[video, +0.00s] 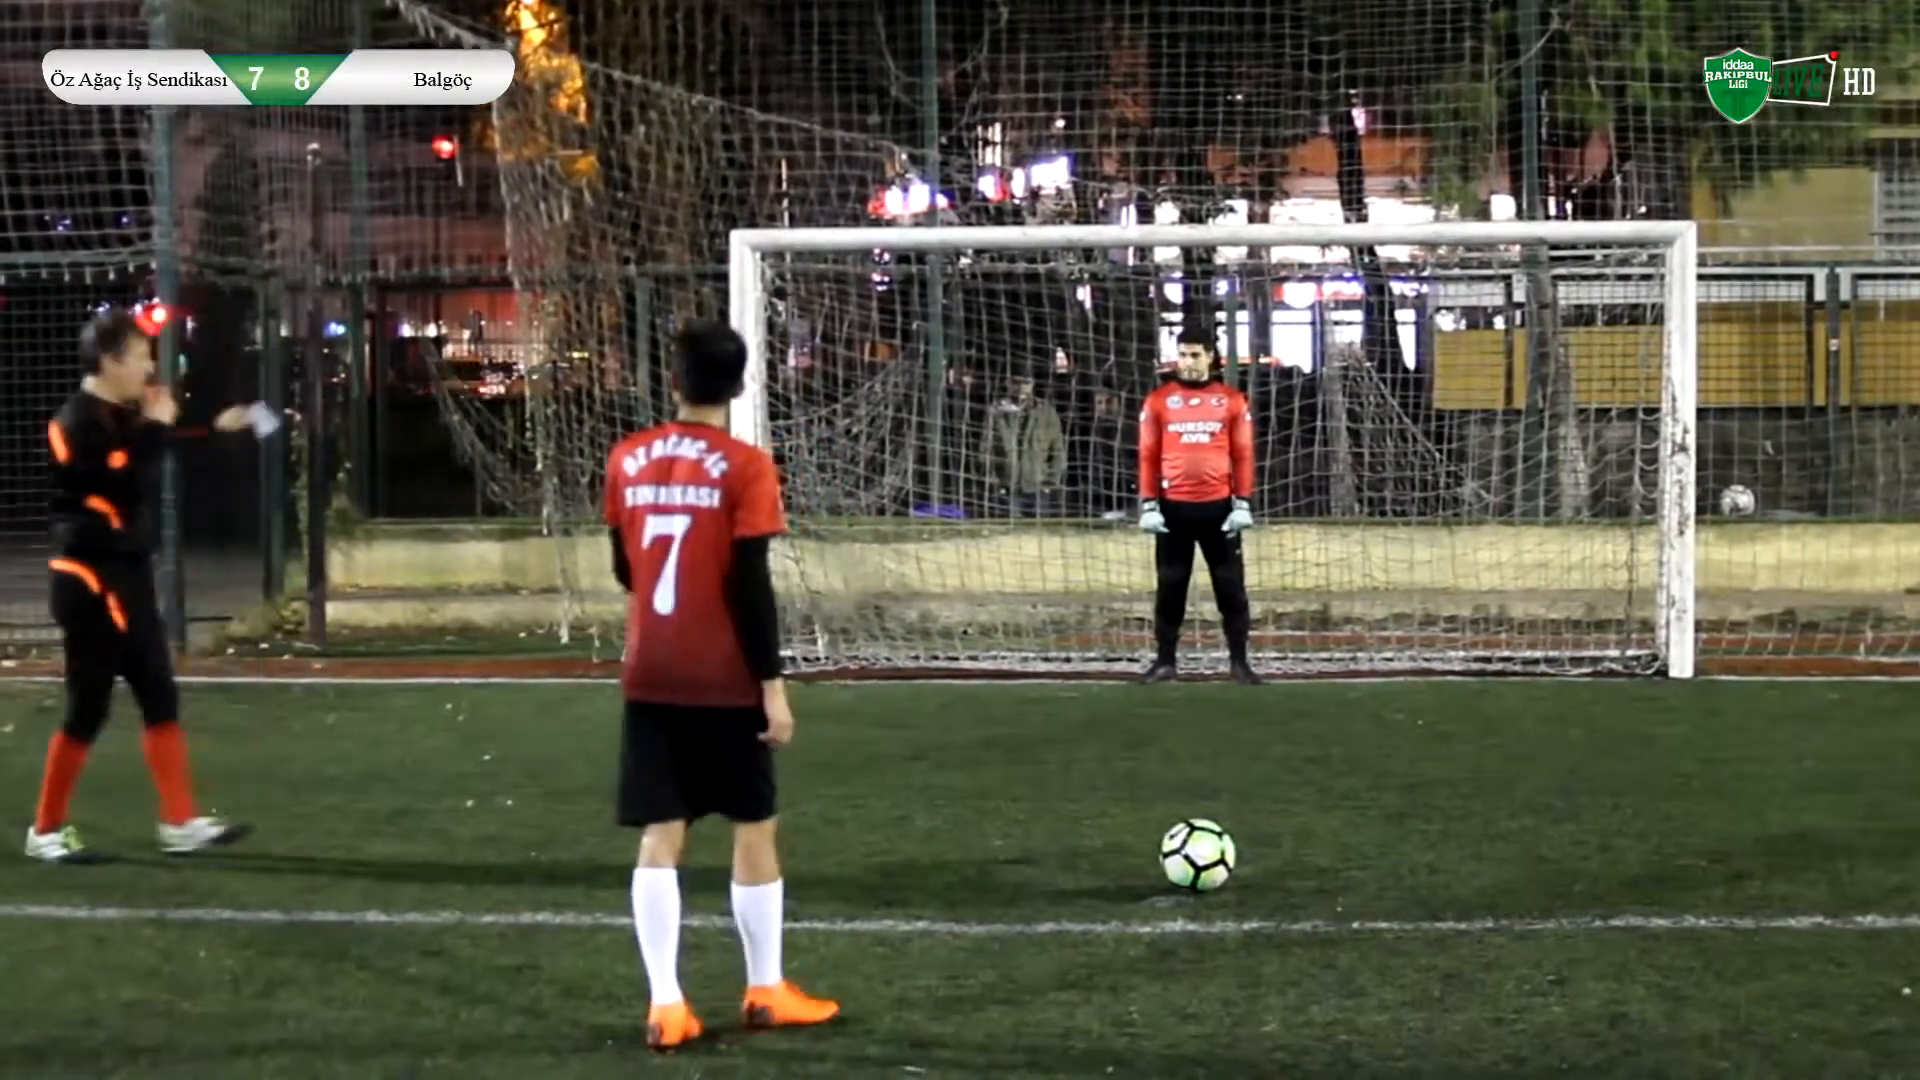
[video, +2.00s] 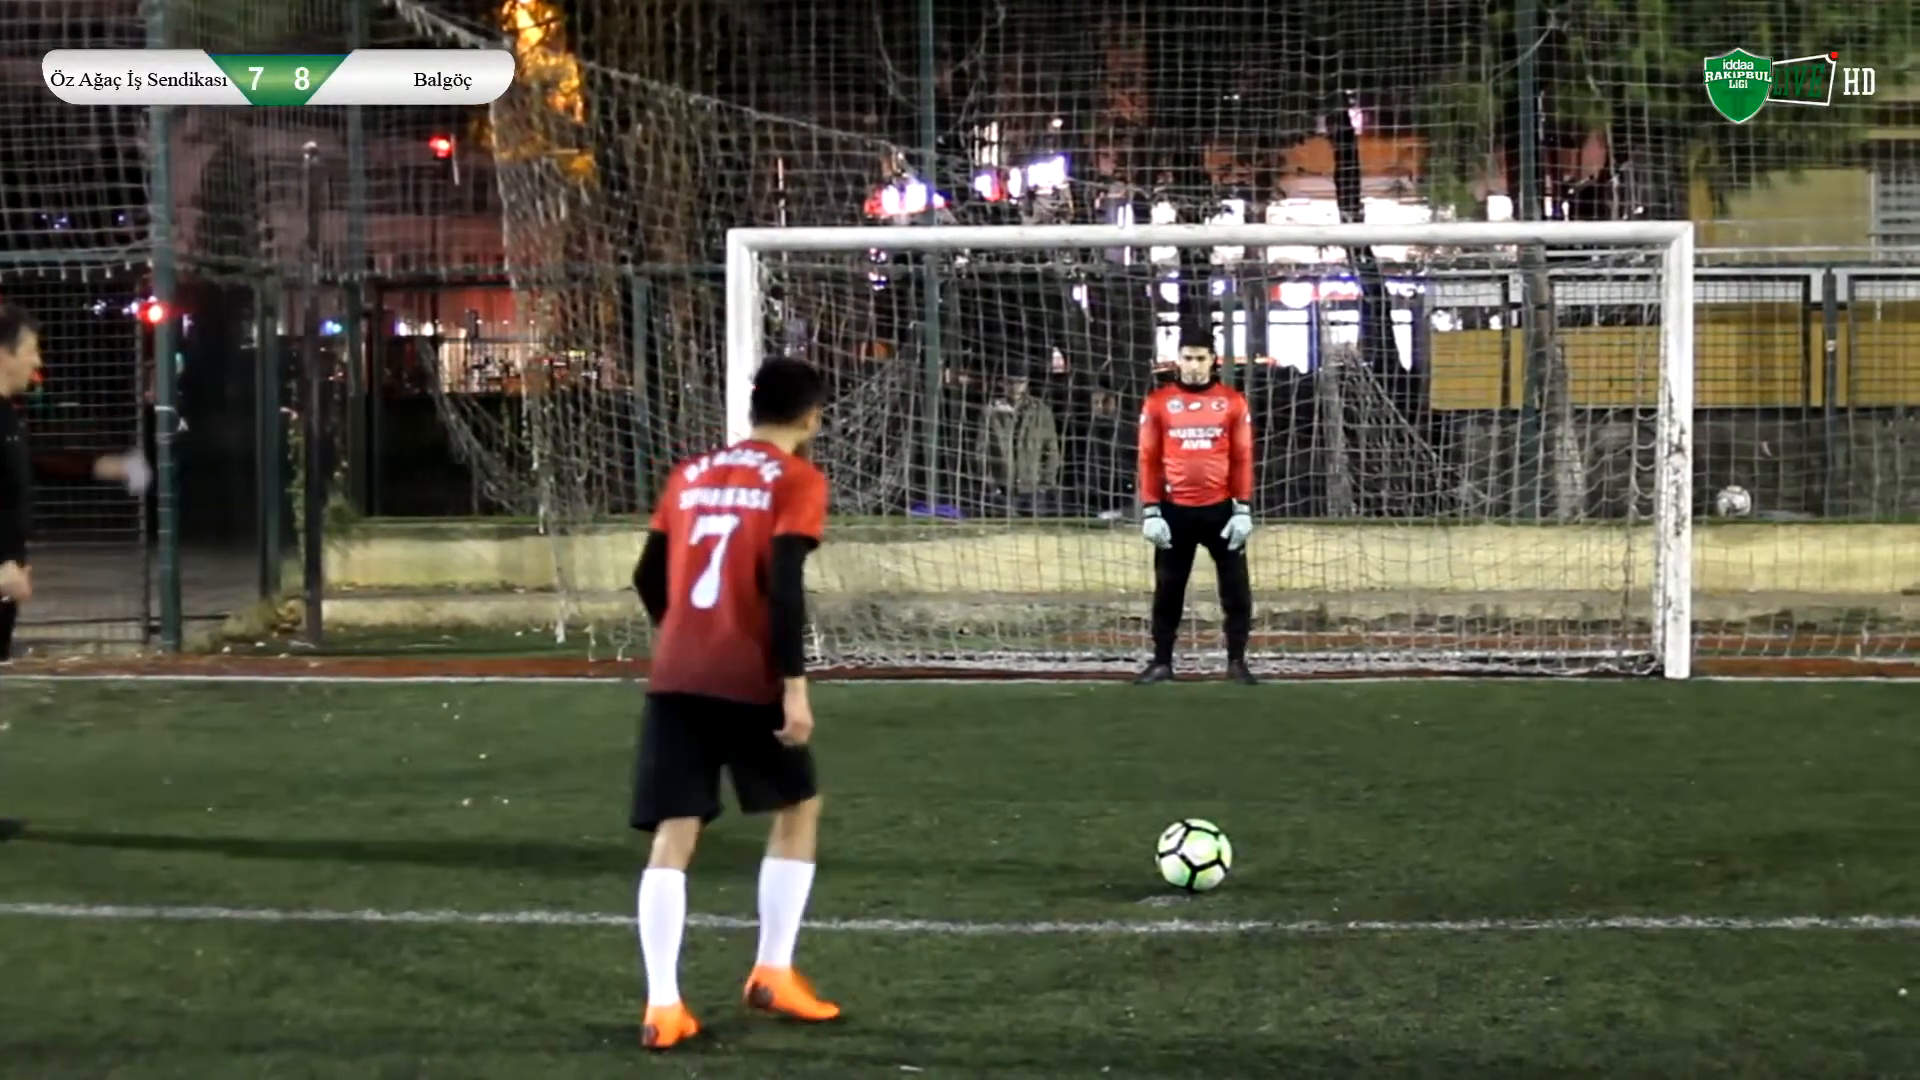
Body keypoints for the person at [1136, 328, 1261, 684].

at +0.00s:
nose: (1188, 362)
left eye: (1196, 355)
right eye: (1184, 355)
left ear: (1212, 359)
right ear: (1176, 357)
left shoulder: (1232, 401)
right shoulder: (1158, 400)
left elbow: (1243, 453)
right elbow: (1148, 454)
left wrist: (1242, 500)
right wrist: (1149, 502)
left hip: (1219, 505)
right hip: (1173, 506)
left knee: (1231, 588)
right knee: (1170, 587)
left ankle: (1239, 661)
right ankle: (1165, 660)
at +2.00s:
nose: (1194, 366)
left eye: (1201, 358)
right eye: (1187, 358)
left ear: (1213, 360)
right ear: (1178, 361)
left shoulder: (1233, 403)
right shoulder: (1157, 403)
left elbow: (1243, 457)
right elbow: (1148, 459)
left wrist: (1242, 507)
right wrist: (1151, 509)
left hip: (1221, 510)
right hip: (1174, 512)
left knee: (1236, 591)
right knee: (1168, 591)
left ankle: (1237, 660)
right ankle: (1162, 660)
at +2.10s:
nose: (1197, 367)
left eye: (1204, 360)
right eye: (1191, 360)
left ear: (1216, 363)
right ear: (1182, 363)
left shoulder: (1237, 404)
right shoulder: (1161, 404)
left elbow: (1246, 457)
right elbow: (1150, 458)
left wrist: (1246, 506)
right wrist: (1153, 509)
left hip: (1225, 510)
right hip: (1178, 511)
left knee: (1245, 586)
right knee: (1169, 590)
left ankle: (1244, 659)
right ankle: (1163, 661)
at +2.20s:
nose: (1200, 371)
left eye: (1206, 363)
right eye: (1194, 363)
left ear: (1218, 364)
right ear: (1183, 365)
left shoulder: (1239, 405)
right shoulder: (1163, 406)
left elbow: (1248, 459)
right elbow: (1152, 461)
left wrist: (1248, 508)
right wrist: (1154, 512)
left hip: (1228, 511)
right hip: (1181, 513)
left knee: (1247, 587)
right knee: (1170, 591)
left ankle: (1254, 659)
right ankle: (1163, 661)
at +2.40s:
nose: (1203, 380)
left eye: (1210, 373)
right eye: (1196, 373)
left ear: (1222, 374)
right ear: (1185, 373)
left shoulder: (1241, 413)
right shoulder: (1167, 415)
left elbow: (1252, 468)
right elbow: (1155, 470)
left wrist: (1251, 518)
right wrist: (1156, 521)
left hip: (1229, 515)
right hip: (1183, 516)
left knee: (1248, 589)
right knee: (1167, 589)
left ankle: (1254, 660)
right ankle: (1160, 662)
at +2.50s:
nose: (1205, 381)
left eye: (1212, 374)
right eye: (1198, 374)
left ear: (1223, 375)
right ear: (1187, 375)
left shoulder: (1243, 415)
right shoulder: (1168, 415)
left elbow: (1252, 472)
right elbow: (1158, 472)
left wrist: (1253, 521)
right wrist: (1157, 523)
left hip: (1231, 516)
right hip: (1185, 516)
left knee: (1255, 589)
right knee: (1167, 593)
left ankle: (1256, 660)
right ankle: (1159, 664)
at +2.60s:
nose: (1207, 382)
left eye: (1214, 374)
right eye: (1200, 374)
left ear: (1225, 376)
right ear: (1189, 375)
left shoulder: (1245, 417)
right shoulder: (1169, 416)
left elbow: (1253, 475)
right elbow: (1159, 473)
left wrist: (1256, 525)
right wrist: (1159, 524)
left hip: (1233, 519)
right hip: (1186, 519)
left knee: (1256, 592)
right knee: (1168, 594)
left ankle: (1259, 661)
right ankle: (1159, 664)